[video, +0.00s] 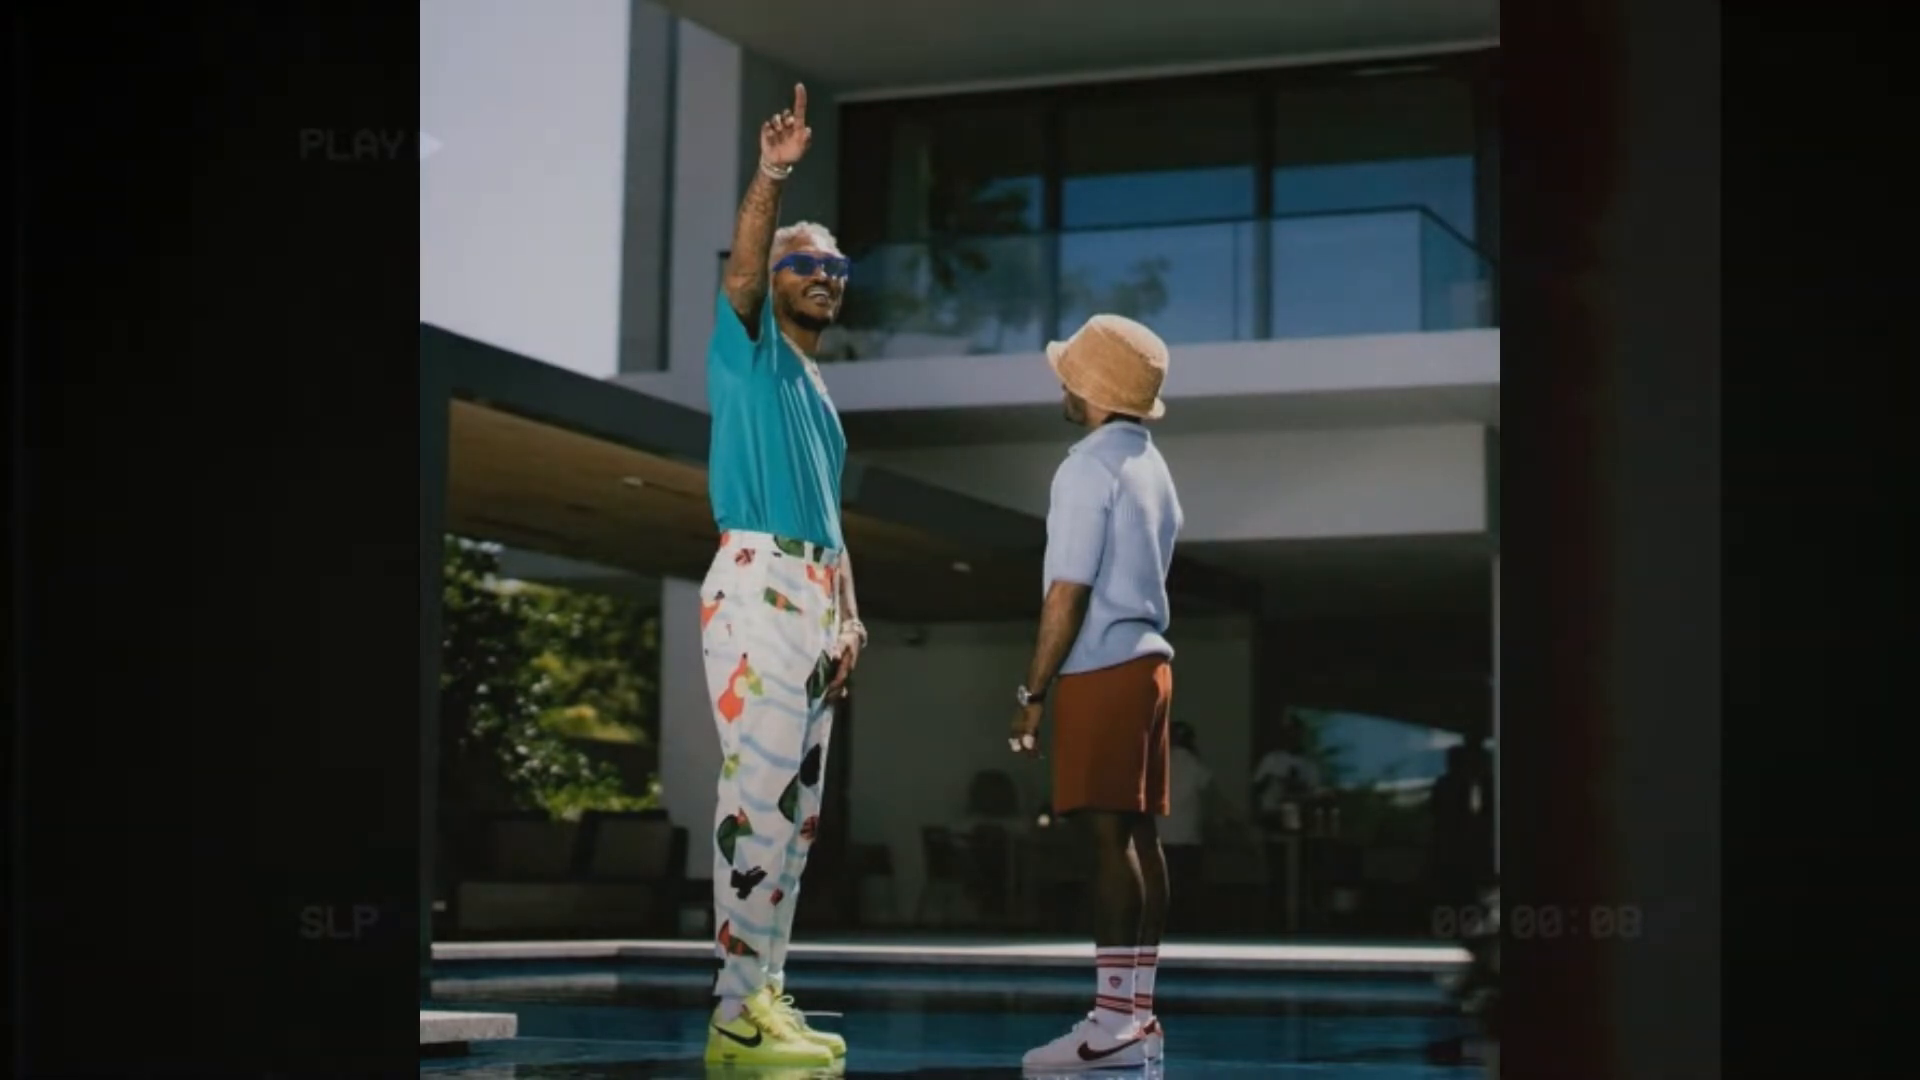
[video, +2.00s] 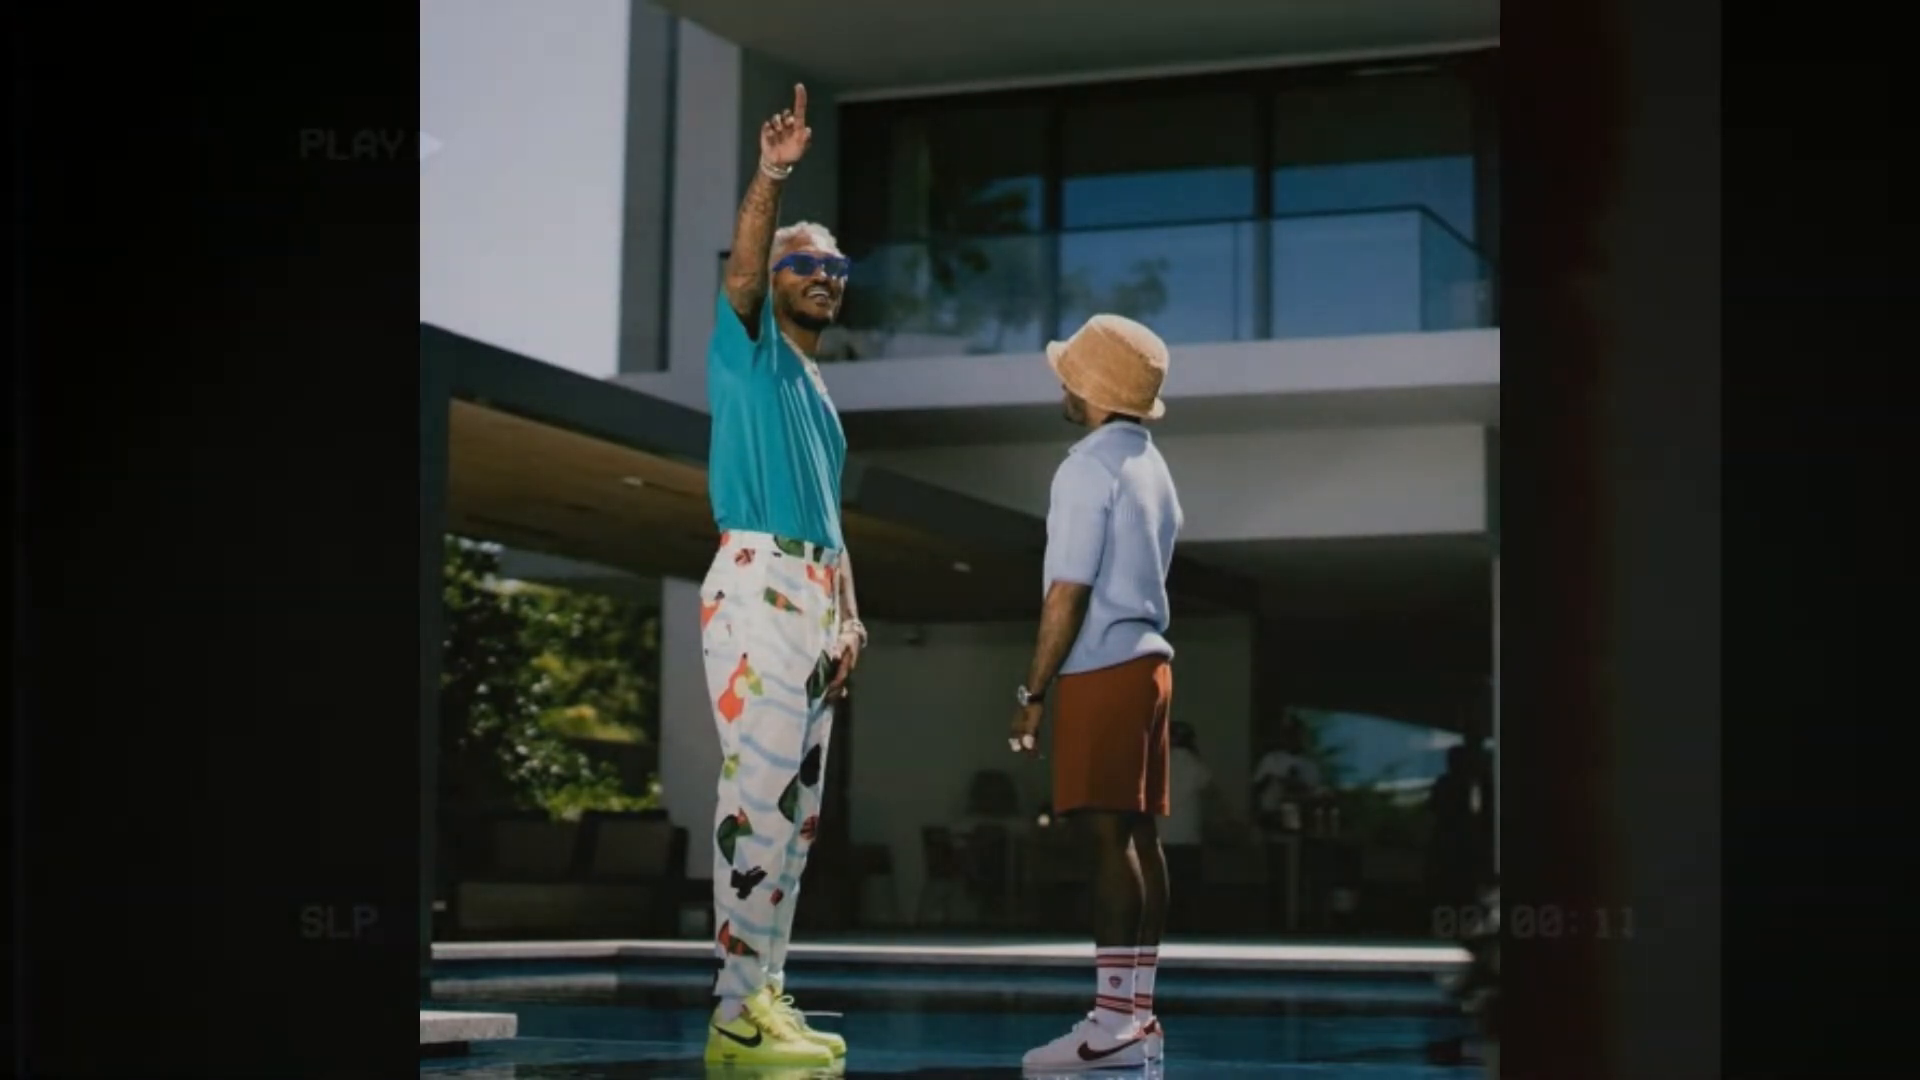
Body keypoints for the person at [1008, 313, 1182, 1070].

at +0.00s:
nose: (1064, 387)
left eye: (1072, 377)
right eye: (1069, 376)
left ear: (1092, 390)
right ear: (1130, 394)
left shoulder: (1087, 468)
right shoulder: (1147, 463)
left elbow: (1067, 594)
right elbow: (1148, 578)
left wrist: (1032, 691)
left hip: (1104, 669)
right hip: (1147, 665)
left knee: (1108, 839)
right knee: (1139, 838)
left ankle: (1116, 1015)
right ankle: (1135, 1012)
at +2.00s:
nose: (1064, 388)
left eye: (1072, 378)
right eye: (1068, 376)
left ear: (1093, 391)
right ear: (1130, 395)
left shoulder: (1087, 468)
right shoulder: (1148, 463)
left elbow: (1067, 594)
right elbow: (1149, 576)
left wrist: (1031, 692)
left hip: (1104, 669)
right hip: (1146, 666)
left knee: (1108, 839)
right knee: (1140, 839)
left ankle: (1116, 1015)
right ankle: (1135, 1012)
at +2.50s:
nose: (1064, 388)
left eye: (1072, 378)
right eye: (1068, 376)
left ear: (1093, 390)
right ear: (1130, 394)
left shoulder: (1088, 468)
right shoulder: (1147, 463)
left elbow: (1068, 594)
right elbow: (1147, 579)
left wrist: (1032, 691)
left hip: (1104, 669)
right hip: (1146, 665)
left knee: (1109, 838)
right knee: (1140, 838)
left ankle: (1116, 1015)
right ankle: (1135, 1012)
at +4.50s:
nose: (1064, 389)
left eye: (1072, 379)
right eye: (1068, 377)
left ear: (1093, 391)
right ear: (1130, 395)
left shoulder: (1088, 468)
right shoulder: (1147, 463)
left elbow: (1067, 595)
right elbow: (1146, 580)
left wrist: (1031, 692)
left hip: (1104, 668)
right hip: (1146, 665)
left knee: (1108, 838)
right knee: (1139, 838)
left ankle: (1115, 1015)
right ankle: (1135, 1012)